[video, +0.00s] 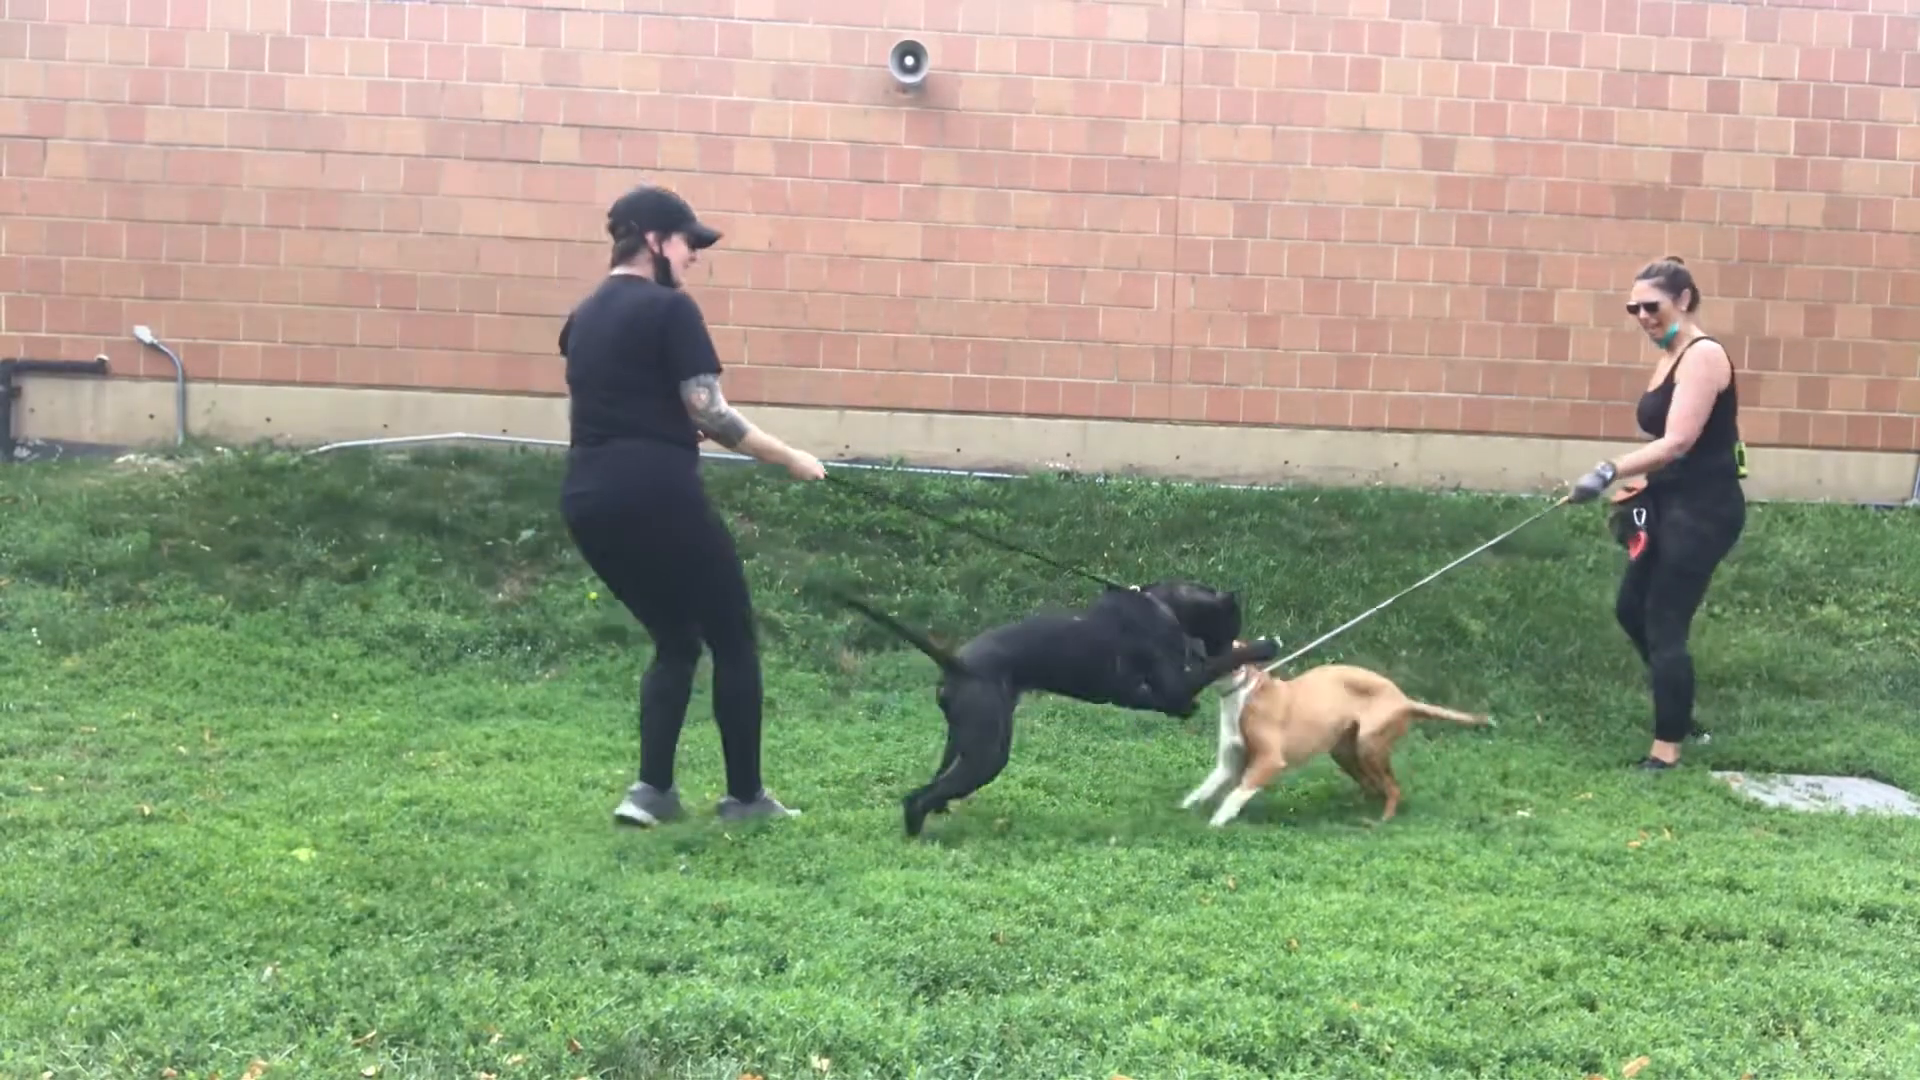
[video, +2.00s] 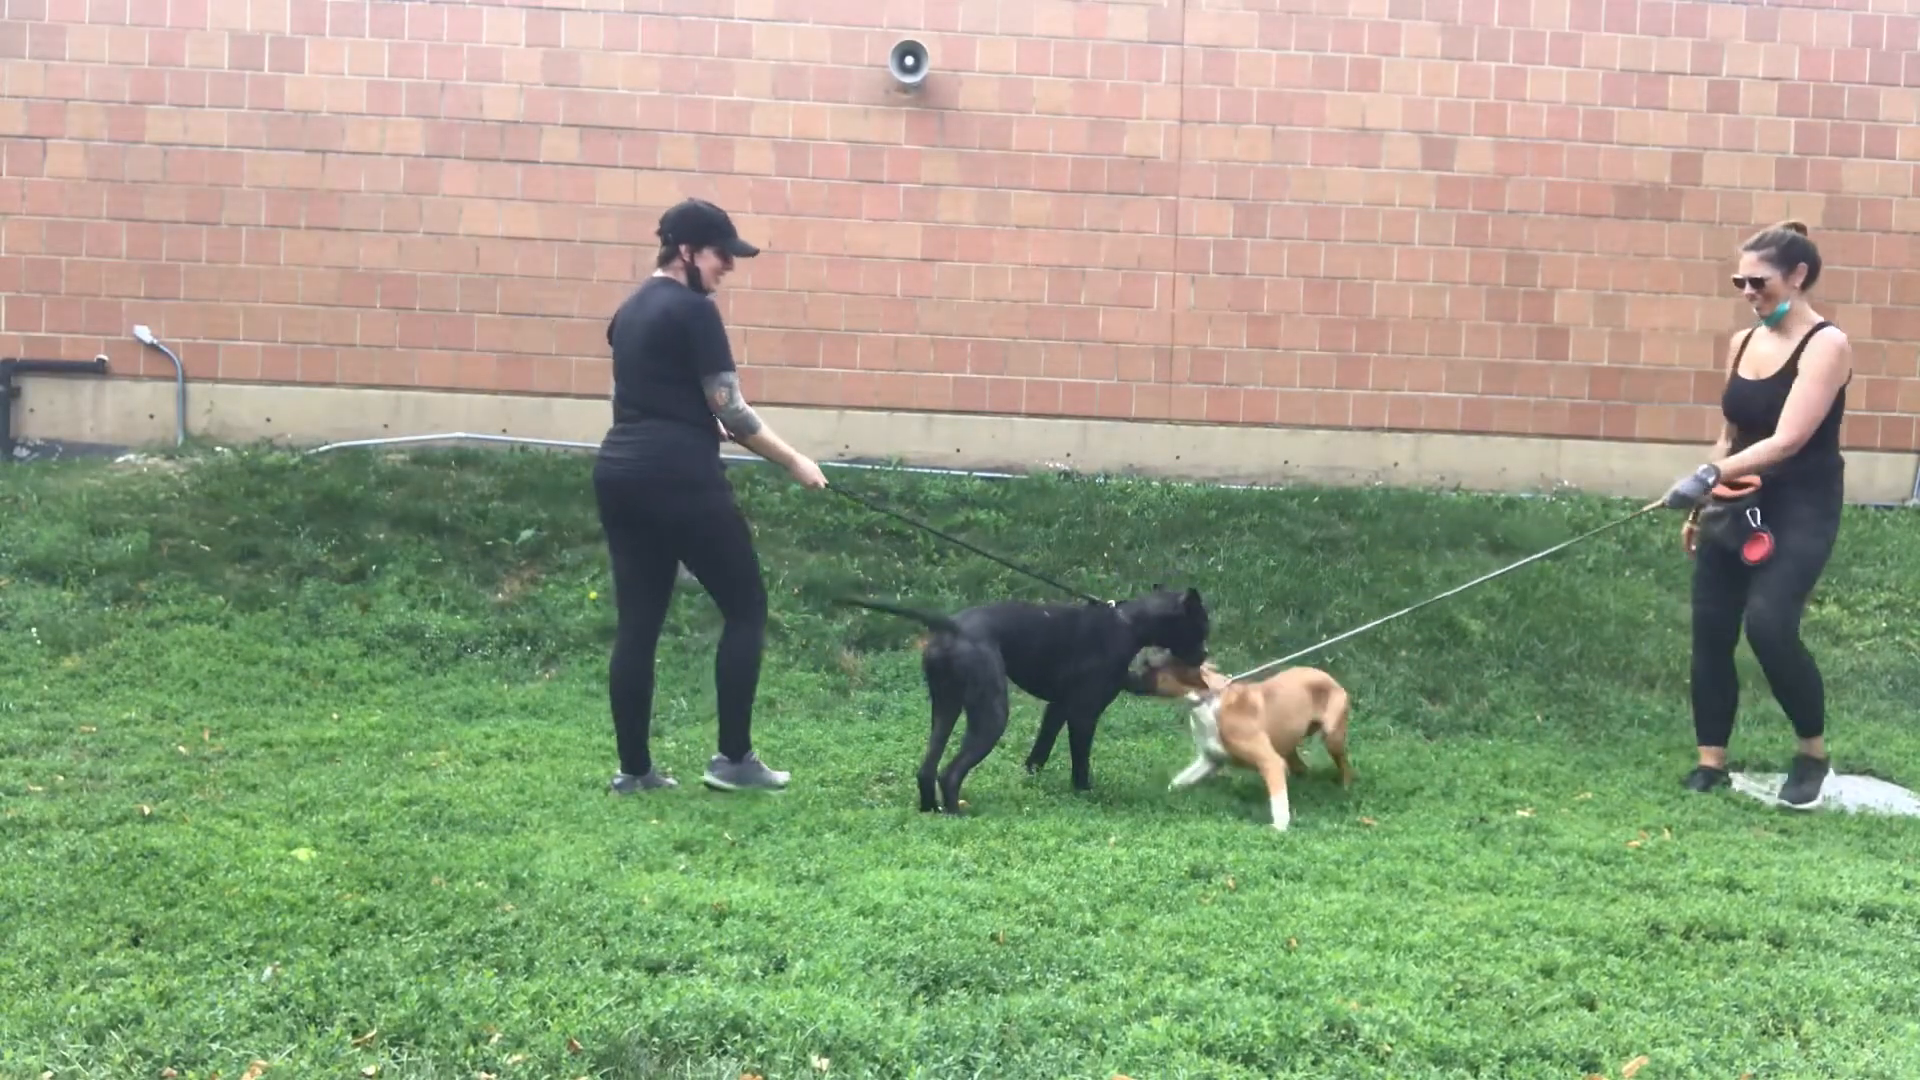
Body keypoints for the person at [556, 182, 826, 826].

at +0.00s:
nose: (694, 260)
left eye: (696, 248)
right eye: (690, 247)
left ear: (629, 244)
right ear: (655, 242)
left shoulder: (586, 312)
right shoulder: (670, 306)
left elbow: (606, 404)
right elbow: (707, 410)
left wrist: (689, 417)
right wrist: (787, 456)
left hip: (588, 494)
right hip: (661, 494)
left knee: (675, 638)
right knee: (733, 635)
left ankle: (651, 789)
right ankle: (746, 796)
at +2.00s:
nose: (727, 266)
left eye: (728, 256)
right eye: (720, 255)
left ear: (676, 254)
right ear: (686, 252)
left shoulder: (630, 307)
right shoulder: (693, 308)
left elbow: (644, 400)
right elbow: (730, 410)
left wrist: (717, 419)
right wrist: (793, 460)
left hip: (620, 472)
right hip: (682, 475)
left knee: (637, 623)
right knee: (746, 606)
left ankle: (634, 770)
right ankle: (735, 756)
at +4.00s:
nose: (756, 277)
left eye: (758, 267)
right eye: (748, 265)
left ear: (711, 269)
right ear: (714, 265)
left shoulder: (685, 312)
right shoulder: (716, 316)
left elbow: (690, 407)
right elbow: (740, 405)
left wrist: (737, 458)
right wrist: (807, 452)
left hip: (665, 466)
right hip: (702, 470)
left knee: (711, 611)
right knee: (733, 613)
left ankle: (644, 732)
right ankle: (746, 754)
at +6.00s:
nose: (804, 287)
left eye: (808, 279)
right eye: (794, 278)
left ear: (808, 283)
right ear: (764, 281)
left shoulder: (803, 343)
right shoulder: (749, 338)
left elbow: (805, 420)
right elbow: (794, 406)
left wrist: (822, 480)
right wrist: (865, 439)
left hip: (802, 481)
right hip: (754, 478)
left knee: (795, 605)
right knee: (754, 603)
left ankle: (797, 723)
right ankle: (718, 729)